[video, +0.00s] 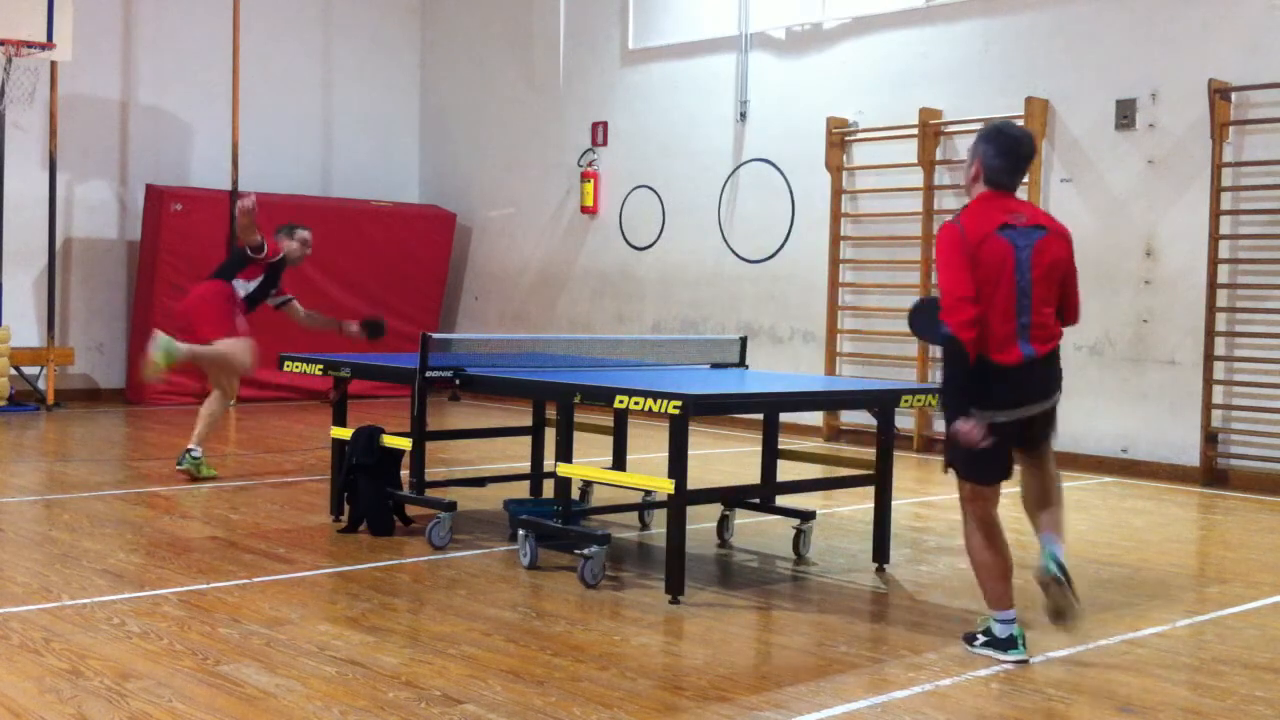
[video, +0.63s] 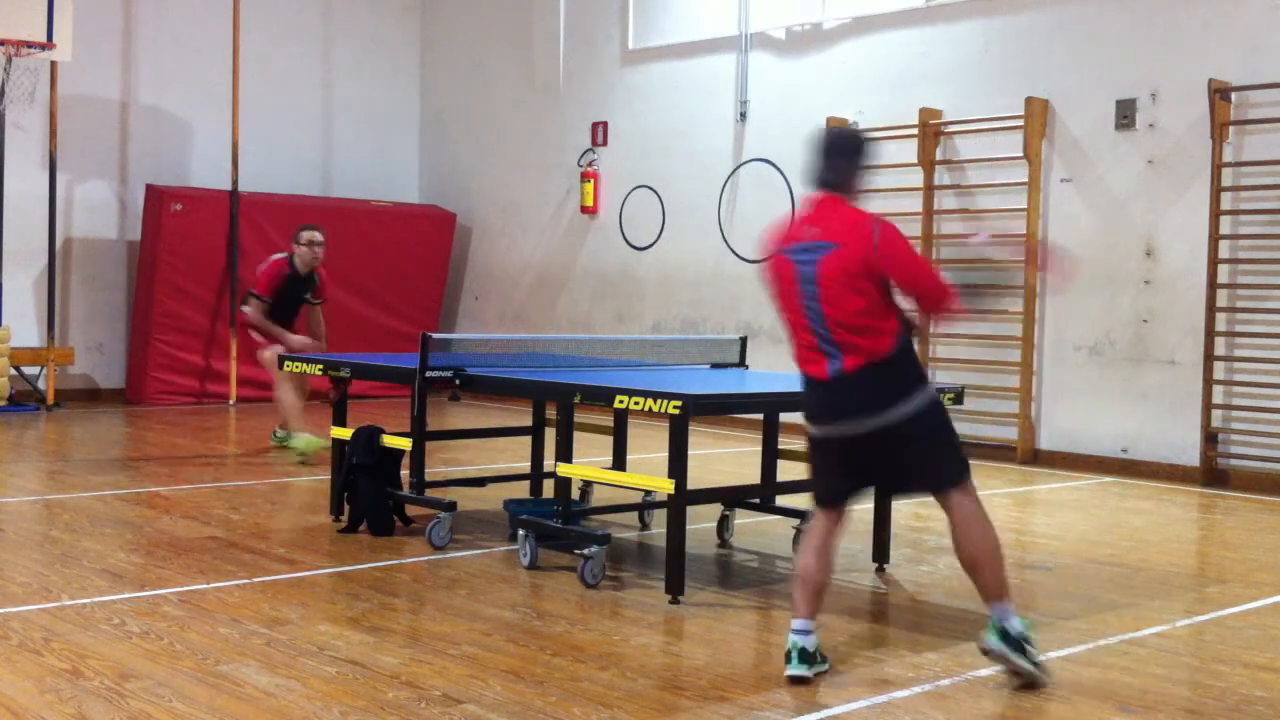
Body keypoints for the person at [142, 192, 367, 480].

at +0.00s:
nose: (308, 251)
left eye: (310, 247)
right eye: (304, 244)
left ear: (298, 247)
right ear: (284, 240)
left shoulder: (273, 284)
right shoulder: (267, 252)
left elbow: (303, 316)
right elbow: (250, 237)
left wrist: (343, 326)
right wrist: (245, 215)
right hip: (213, 296)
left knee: (226, 389)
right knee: (244, 358)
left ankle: (193, 453)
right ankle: (174, 349)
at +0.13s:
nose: (324, 236)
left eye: (328, 232)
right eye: (321, 228)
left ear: (325, 238)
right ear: (303, 225)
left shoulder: (293, 264)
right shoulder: (290, 238)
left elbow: (309, 310)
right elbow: (271, 238)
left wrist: (336, 344)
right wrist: (261, 239)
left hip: (217, 296)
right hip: (236, 292)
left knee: (229, 373)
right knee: (289, 348)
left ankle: (192, 434)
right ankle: (234, 400)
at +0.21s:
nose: (334, 236)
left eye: (338, 231)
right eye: (330, 228)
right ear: (312, 227)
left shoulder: (310, 261)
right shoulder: (293, 237)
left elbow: (313, 307)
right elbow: (273, 251)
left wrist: (334, 346)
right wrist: (297, 258)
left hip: (236, 306)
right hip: (249, 303)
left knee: (243, 381)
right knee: (301, 358)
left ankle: (191, 402)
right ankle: (297, 434)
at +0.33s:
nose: (340, 253)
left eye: (343, 247)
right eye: (335, 245)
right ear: (317, 245)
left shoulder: (314, 272)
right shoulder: (304, 264)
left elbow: (318, 320)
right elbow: (304, 294)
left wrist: (340, 357)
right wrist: (341, 305)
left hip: (263, 332)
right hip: (268, 331)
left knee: (275, 394)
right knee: (324, 375)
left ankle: (219, 380)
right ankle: (317, 444)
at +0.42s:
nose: (339, 257)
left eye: (341, 252)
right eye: (333, 250)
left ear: (343, 255)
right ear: (315, 251)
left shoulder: (313, 274)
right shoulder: (304, 271)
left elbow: (318, 324)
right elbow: (321, 320)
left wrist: (338, 357)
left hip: (273, 338)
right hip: (266, 339)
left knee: (305, 385)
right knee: (331, 376)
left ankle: (244, 398)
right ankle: (317, 445)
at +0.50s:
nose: (334, 255)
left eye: (337, 250)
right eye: (328, 248)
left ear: (338, 253)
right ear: (310, 250)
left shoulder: (315, 275)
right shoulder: (300, 272)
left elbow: (318, 321)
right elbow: (302, 324)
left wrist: (333, 348)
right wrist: (337, 347)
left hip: (279, 336)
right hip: (264, 336)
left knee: (306, 375)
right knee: (323, 372)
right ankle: (315, 444)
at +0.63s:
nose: (317, 251)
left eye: (320, 246)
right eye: (310, 245)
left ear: (324, 250)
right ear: (295, 248)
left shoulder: (316, 276)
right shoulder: (275, 270)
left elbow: (315, 318)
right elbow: (253, 314)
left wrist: (323, 355)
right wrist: (289, 338)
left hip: (286, 332)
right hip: (258, 328)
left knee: (302, 382)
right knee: (282, 369)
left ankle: (282, 430)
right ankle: (298, 434)